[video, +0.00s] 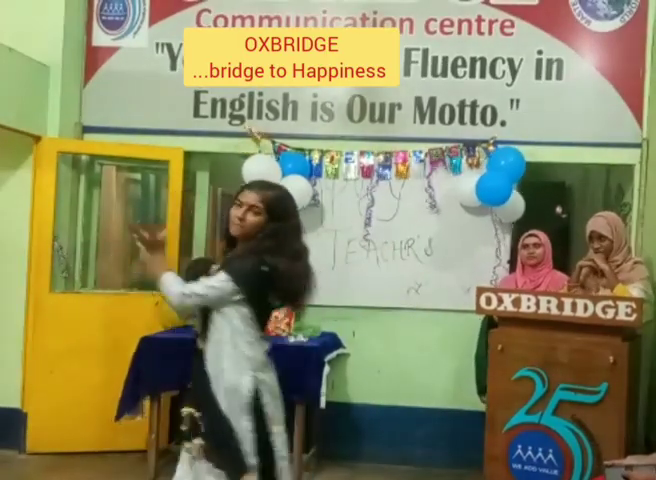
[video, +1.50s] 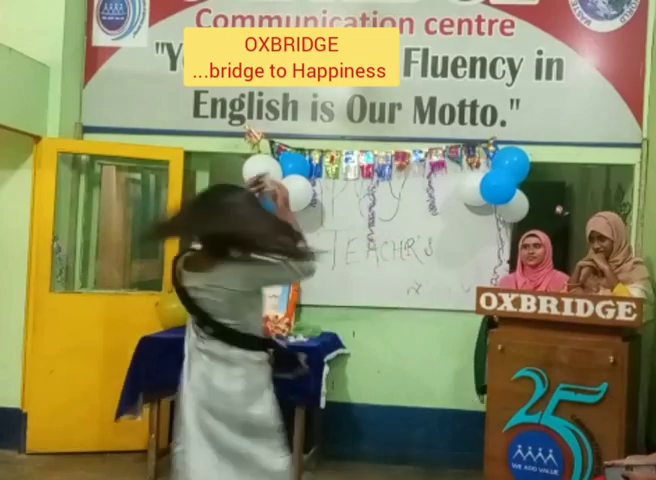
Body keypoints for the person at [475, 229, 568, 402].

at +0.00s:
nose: (531, 250)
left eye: (536, 246)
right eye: (526, 246)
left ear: (546, 250)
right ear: (519, 252)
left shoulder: (561, 281)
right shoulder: (507, 282)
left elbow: (565, 323)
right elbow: (491, 324)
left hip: (548, 353)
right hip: (511, 352)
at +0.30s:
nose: (531, 251)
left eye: (536, 246)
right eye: (526, 247)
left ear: (546, 251)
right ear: (519, 252)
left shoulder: (560, 281)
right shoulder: (508, 281)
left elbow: (564, 317)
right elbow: (496, 318)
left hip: (549, 348)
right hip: (513, 347)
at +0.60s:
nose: (531, 251)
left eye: (537, 246)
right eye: (525, 247)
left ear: (546, 251)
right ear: (519, 252)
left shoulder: (561, 281)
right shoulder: (508, 281)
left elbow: (566, 318)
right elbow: (496, 318)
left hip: (548, 349)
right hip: (512, 347)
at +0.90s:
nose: (531, 251)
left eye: (537, 246)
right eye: (525, 247)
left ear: (547, 251)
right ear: (519, 252)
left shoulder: (561, 281)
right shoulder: (507, 281)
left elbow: (567, 318)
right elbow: (494, 317)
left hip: (549, 349)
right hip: (512, 348)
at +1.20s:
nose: (531, 251)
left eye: (537, 246)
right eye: (525, 247)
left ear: (547, 251)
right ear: (519, 252)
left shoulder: (561, 281)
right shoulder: (508, 281)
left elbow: (565, 318)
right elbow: (497, 318)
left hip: (549, 348)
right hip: (513, 347)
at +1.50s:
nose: (531, 251)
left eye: (537, 246)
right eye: (526, 247)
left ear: (546, 251)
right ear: (520, 252)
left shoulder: (561, 281)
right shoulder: (507, 282)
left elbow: (566, 319)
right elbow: (496, 320)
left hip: (550, 352)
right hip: (513, 350)